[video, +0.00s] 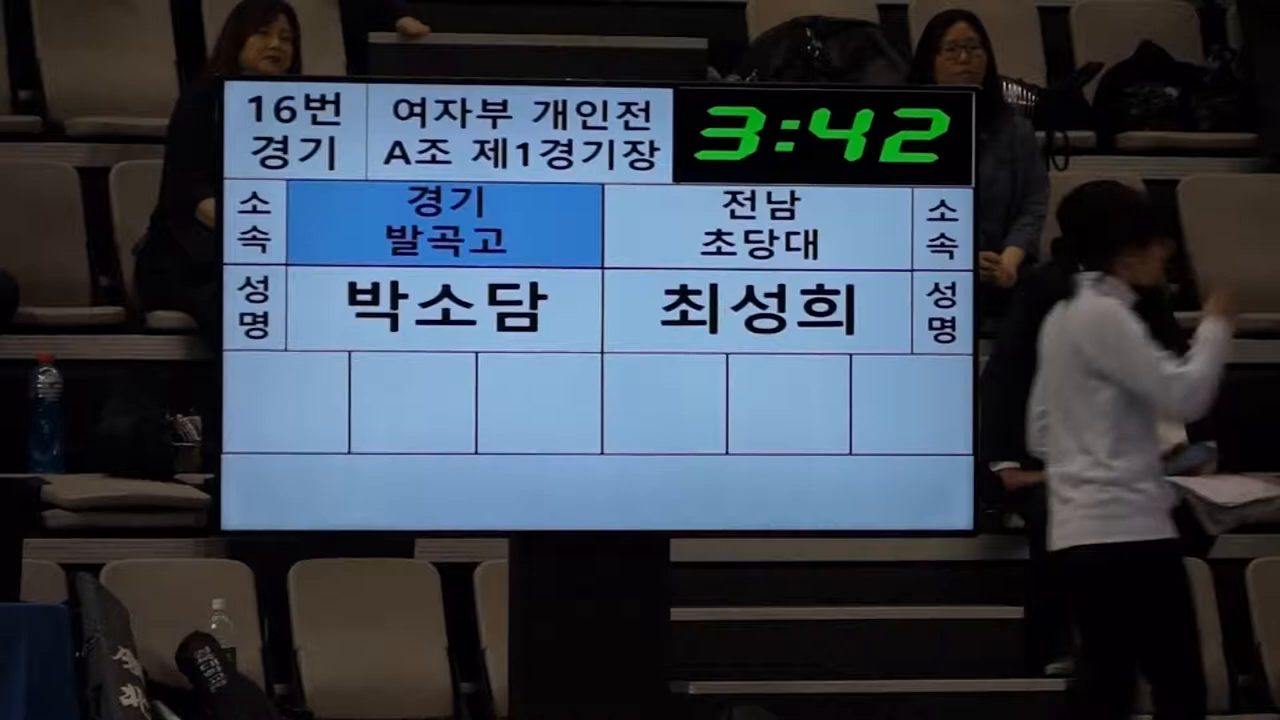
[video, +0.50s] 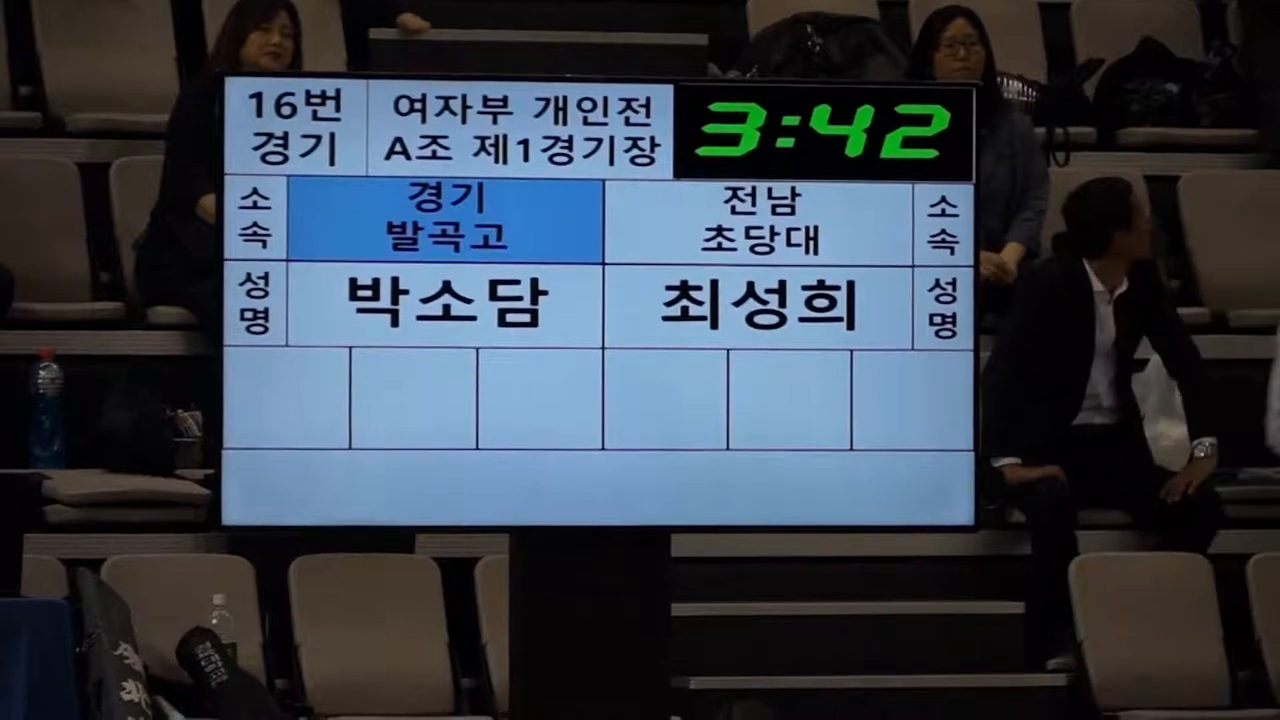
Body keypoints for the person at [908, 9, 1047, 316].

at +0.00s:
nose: (964, 58)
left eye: (973, 48)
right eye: (951, 49)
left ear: (988, 57)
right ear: (929, 59)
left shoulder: (1013, 126)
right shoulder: (910, 122)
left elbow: (1034, 203)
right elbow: (900, 211)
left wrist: (1013, 254)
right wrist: (961, 257)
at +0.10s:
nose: (963, 58)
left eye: (973, 48)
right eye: (950, 49)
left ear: (987, 57)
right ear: (929, 59)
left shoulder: (1012, 126)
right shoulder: (910, 122)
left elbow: (1034, 202)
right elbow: (901, 214)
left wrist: (1012, 254)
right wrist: (962, 259)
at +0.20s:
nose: (963, 56)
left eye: (973, 46)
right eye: (950, 47)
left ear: (987, 55)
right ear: (929, 58)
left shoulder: (1011, 123)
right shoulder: (909, 120)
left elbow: (1034, 200)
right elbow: (902, 213)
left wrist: (1010, 257)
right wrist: (968, 257)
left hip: (997, 274)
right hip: (929, 270)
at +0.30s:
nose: (963, 56)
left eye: (973, 46)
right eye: (951, 47)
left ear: (987, 56)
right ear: (929, 57)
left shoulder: (1012, 124)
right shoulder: (909, 121)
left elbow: (1034, 202)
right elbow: (903, 214)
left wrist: (1010, 257)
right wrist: (967, 258)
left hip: (999, 273)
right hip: (930, 271)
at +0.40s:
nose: (963, 57)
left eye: (972, 46)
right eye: (950, 47)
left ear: (987, 55)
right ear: (929, 57)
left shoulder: (1012, 124)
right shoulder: (911, 121)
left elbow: (1034, 201)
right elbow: (905, 212)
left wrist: (1011, 255)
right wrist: (966, 258)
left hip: (1000, 273)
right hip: (931, 271)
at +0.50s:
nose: (963, 55)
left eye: (972, 45)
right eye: (950, 46)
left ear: (986, 53)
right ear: (928, 55)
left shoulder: (1012, 122)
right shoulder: (911, 120)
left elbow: (1034, 197)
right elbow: (905, 212)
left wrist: (1013, 250)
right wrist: (967, 256)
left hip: (1001, 269)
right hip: (933, 267)